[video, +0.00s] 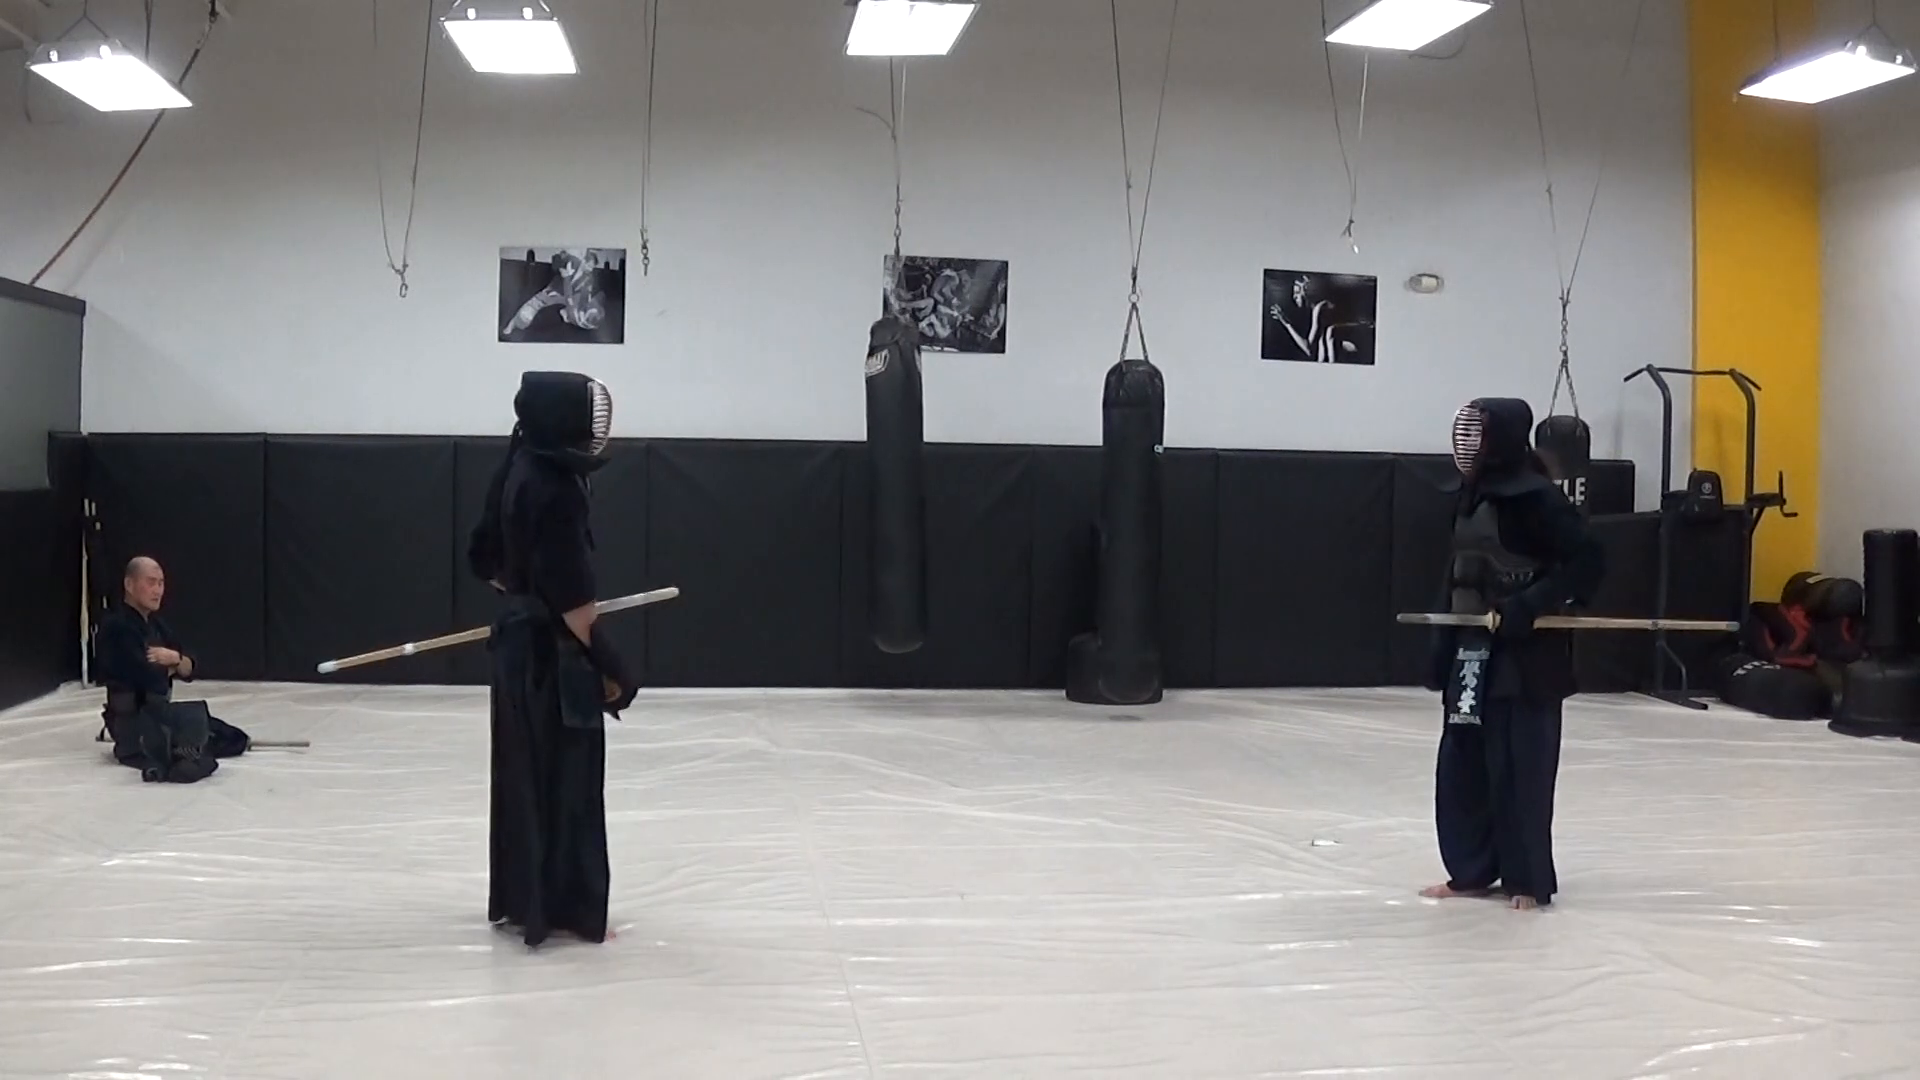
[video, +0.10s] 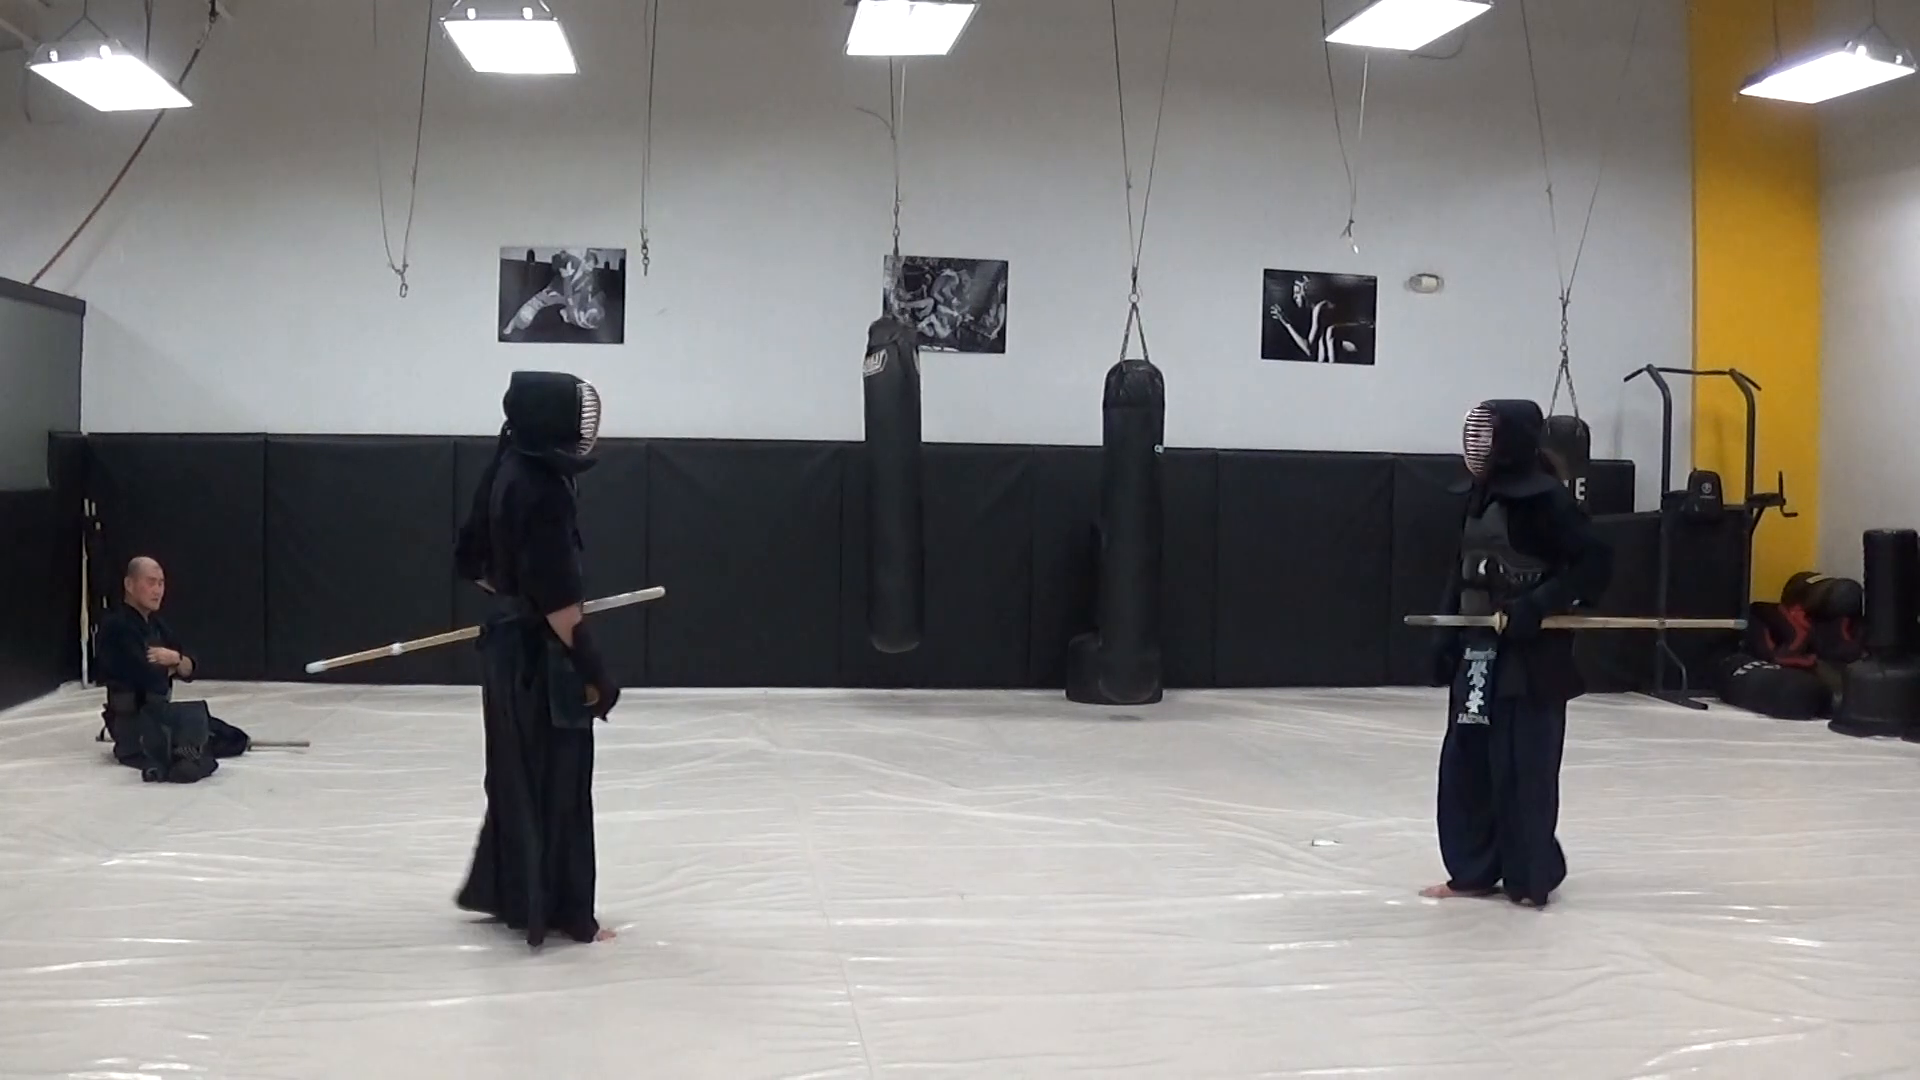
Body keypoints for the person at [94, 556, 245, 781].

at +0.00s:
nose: (158, 590)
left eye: (161, 584)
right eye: (151, 582)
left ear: (164, 586)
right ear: (129, 585)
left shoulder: (157, 623)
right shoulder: (116, 626)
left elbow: (190, 671)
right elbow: (144, 679)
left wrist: (176, 658)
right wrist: (173, 667)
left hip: (161, 719)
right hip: (130, 728)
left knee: (236, 740)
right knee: (200, 761)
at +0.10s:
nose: (158, 590)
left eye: (161, 583)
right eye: (151, 582)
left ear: (164, 586)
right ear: (129, 585)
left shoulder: (156, 623)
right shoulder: (116, 626)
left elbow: (191, 671)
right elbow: (148, 681)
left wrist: (176, 658)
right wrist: (174, 667)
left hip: (160, 719)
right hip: (130, 727)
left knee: (236, 741)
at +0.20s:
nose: (159, 590)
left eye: (161, 584)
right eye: (152, 582)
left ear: (165, 586)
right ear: (129, 585)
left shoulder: (157, 623)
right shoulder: (115, 625)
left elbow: (191, 671)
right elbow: (144, 679)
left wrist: (176, 658)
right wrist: (173, 667)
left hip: (161, 719)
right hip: (130, 728)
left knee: (235, 740)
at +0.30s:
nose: (158, 590)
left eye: (161, 584)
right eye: (151, 583)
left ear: (165, 586)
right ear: (129, 585)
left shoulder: (157, 623)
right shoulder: (116, 626)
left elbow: (190, 671)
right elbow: (146, 679)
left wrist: (176, 658)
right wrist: (174, 667)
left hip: (162, 717)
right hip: (130, 726)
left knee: (236, 740)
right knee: (201, 759)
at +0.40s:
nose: (158, 590)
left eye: (161, 584)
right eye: (151, 583)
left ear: (165, 586)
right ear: (129, 585)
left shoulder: (157, 623)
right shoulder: (116, 625)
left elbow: (190, 671)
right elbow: (146, 679)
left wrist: (176, 658)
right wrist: (173, 666)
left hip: (162, 717)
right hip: (130, 725)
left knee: (236, 740)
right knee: (201, 759)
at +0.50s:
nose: (158, 591)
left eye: (161, 584)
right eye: (151, 583)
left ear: (164, 586)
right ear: (129, 585)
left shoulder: (156, 624)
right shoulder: (117, 625)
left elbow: (190, 671)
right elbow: (150, 683)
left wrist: (176, 658)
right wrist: (173, 667)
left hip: (161, 720)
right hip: (130, 728)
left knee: (236, 740)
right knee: (199, 759)